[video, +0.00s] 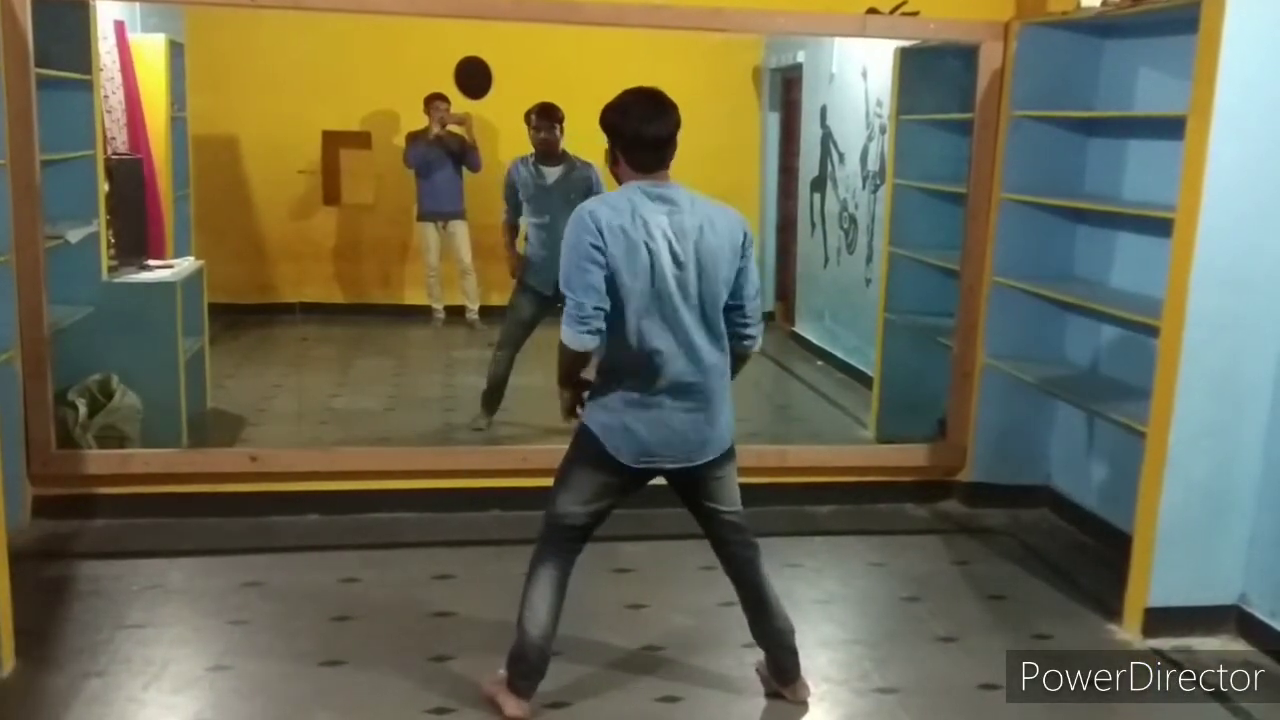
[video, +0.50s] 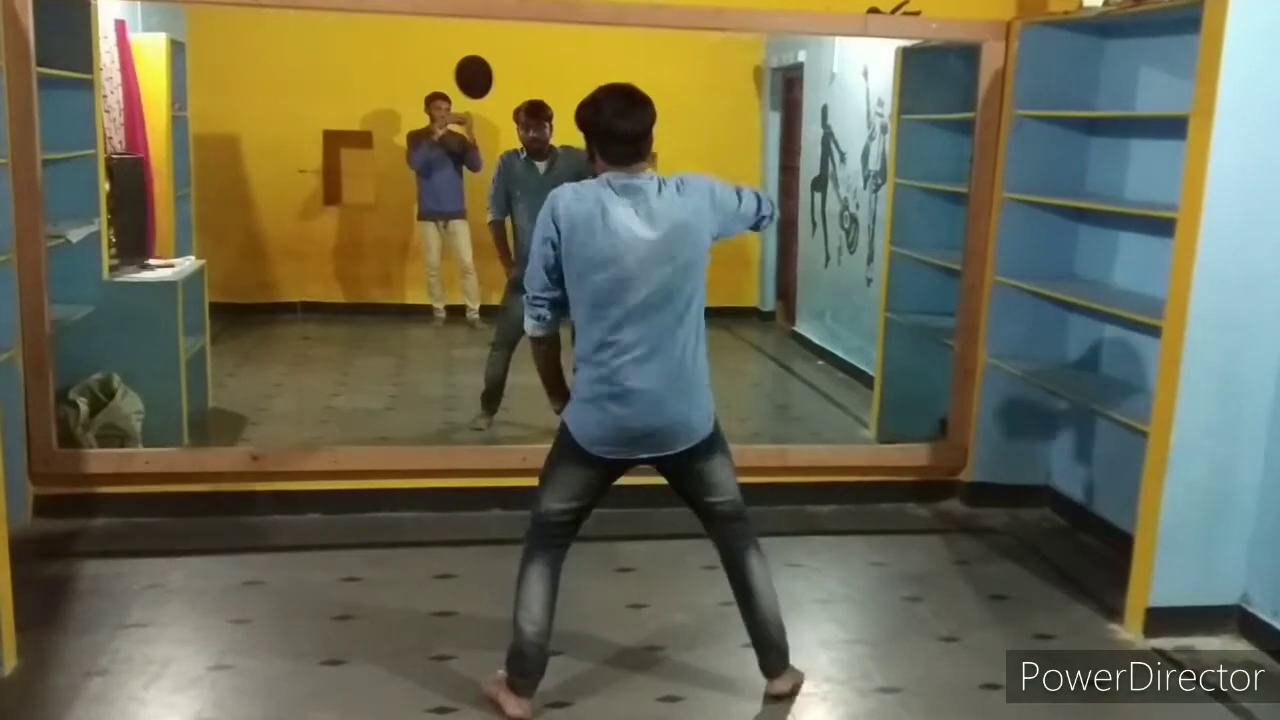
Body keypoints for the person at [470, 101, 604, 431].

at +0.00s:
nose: (545, 136)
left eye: (551, 129)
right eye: (538, 129)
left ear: (562, 130)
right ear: (529, 132)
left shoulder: (585, 173)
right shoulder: (519, 172)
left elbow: (601, 218)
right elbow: (512, 216)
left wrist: (597, 260)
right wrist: (511, 254)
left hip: (579, 274)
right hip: (537, 273)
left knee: (598, 343)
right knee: (507, 344)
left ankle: (597, 409)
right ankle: (486, 412)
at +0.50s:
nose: (535, 135)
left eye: (541, 127)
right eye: (528, 128)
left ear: (552, 128)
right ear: (518, 130)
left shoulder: (577, 160)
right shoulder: (509, 164)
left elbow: (596, 209)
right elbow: (496, 218)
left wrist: (592, 257)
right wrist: (509, 266)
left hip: (573, 266)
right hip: (528, 269)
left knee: (587, 338)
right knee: (503, 342)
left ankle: (591, 406)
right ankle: (488, 410)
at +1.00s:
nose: (526, 134)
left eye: (533, 127)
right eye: (522, 127)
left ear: (548, 127)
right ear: (516, 129)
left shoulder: (569, 159)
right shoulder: (508, 165)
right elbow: (503, 217)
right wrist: (505, 261)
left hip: (569, 274)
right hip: (528, 273)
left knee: (591, 344)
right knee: (499, 343)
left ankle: (587, 407)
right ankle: (486, 410)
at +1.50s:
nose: (489, 146)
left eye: (495, 138)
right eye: (485, 138)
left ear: (512, 140)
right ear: (481, 140)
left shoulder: (531, 177)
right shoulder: (485, 179)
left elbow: (551, 217)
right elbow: (483, 230)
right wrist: (491, 271)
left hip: (546, 276)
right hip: (511, 278)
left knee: (563, 340)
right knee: (485, 335)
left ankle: (568, 408)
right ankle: (486, 407)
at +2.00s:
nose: (538, 132)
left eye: (544, 126)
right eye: (531, 126)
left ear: (554, 128)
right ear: (520, 130)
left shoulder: (578, 165)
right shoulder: (512, 171)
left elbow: (597, 212)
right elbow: (513, 222)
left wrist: (595, 256)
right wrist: (522, 264)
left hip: (584, 266)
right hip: (543, 268)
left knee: (610, 336)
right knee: (515, 341)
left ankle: (611, 403)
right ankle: (489, 412)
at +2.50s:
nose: (577, 126)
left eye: (583, 120)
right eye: (570, 119)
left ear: (590, 123)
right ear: (556, 121)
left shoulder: (598, 168)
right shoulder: (537, 159)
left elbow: (616, 211)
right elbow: (489, 167)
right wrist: (518, 165)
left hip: (591, 278)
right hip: (544, 276)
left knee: (624, 346)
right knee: (512, 347)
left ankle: (635, 423)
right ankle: (488, 411)